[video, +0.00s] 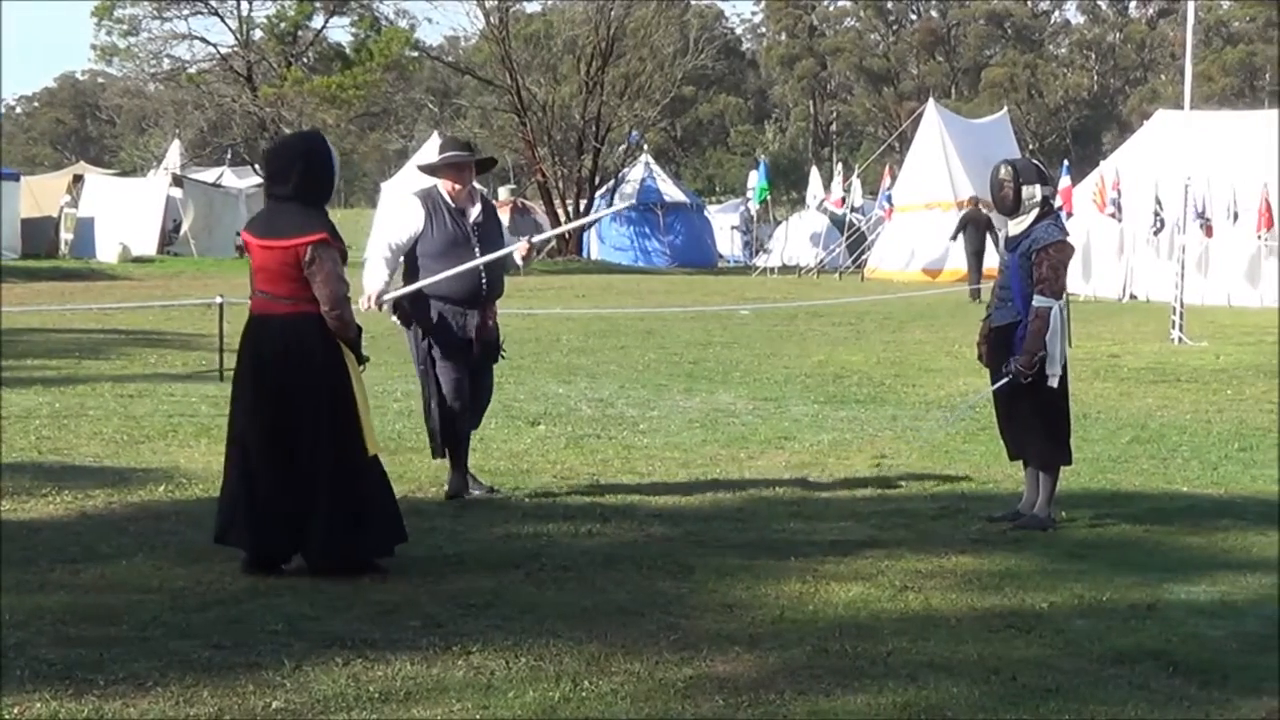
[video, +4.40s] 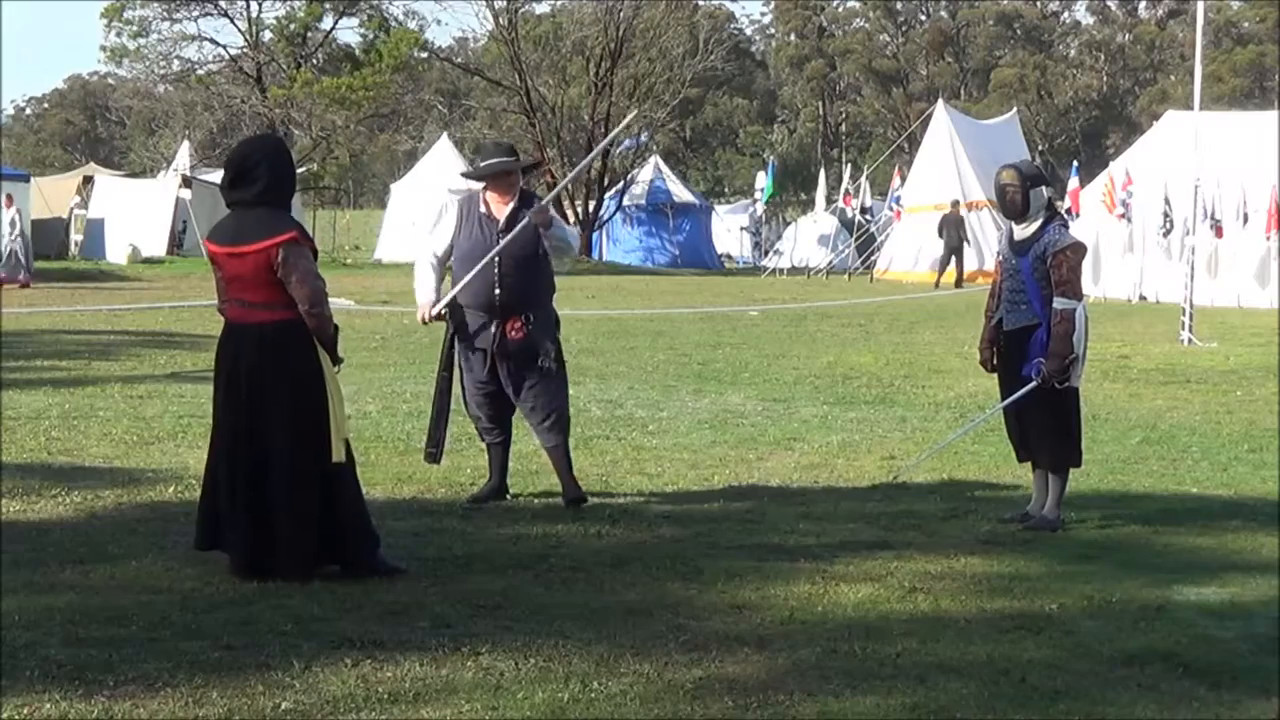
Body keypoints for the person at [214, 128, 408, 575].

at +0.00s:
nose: (332, 178)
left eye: (329, 170)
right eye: (328, 171)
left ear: (273, 177)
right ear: (319, 178)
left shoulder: (257, 227)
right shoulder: (316, 232)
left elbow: (262, 281)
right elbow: (334, 308)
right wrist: (353, 338)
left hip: (262, 336)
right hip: (309, 342)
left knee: (268, 439)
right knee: (327, 439)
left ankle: (264, 546)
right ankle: (339, 547)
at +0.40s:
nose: (307, 183)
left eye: (304, 175)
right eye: (303, 175)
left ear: (248, 176)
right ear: (293, 180)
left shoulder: (229, 227)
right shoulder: (291, 234)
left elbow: (245, 280)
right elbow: (313, 303)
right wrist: (333, 341)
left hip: (242, 335)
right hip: (287, 341)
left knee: (246, 437)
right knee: (300, 438)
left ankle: (244, 543)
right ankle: (310, 544)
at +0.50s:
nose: (307, 182)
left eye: (305, 173)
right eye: (304, 175)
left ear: (247, 174)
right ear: (292, 181)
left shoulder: (228, 223)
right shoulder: (290, 235)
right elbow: (314, 305)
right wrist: (335, 342)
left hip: (244, 335)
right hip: (289, 341)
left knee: (245, 438)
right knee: (300, 441)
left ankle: (241, 543)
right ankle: (307, 545)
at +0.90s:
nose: (306, 180)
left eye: (303, 172)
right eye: (302, 174)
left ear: (246, 178)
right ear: (294, 182)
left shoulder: (230, 227)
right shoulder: (290, 236)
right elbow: (316, 303)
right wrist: (338, 343)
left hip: (247, 336)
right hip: (291, 342)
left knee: (247, 438)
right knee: (302, 440)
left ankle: (241, 540)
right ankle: (304, 544)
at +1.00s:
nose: (307, 178)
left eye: (304, 170)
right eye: (302, 171)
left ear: (247, 176)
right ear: (291, 179)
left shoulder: (229, 227)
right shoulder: (291, 235)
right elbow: (317, 305)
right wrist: (339, 344)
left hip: (247, 337)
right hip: (291, 343)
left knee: (247, 439)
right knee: (305, 441)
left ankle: (242, 541)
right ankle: (310, 546)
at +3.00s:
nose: (304, 181)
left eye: (302, 173)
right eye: (301, 173)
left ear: (246, 176)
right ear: (292, 178)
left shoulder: (225, 235)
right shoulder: (302, 235)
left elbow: (228, 302)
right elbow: (325, 307)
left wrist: (253, 326)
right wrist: (341, 339)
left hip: (247, 344)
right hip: (299, 346)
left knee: (253, 442)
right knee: (312, 443)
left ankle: (257, 549)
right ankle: (320, 548)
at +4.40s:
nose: (294, 181)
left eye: (291, 173)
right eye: (290, 174)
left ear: (235, 180)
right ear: (280, 180)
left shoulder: (218, 236)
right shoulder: (283, 234)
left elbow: (226, 303)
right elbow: (311, 303)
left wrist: (246, 331)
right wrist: (331, 346)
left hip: (237, 346)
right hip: (286, 348)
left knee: (246, 444)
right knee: (309, 443)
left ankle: (249, 549)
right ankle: (351, 551)